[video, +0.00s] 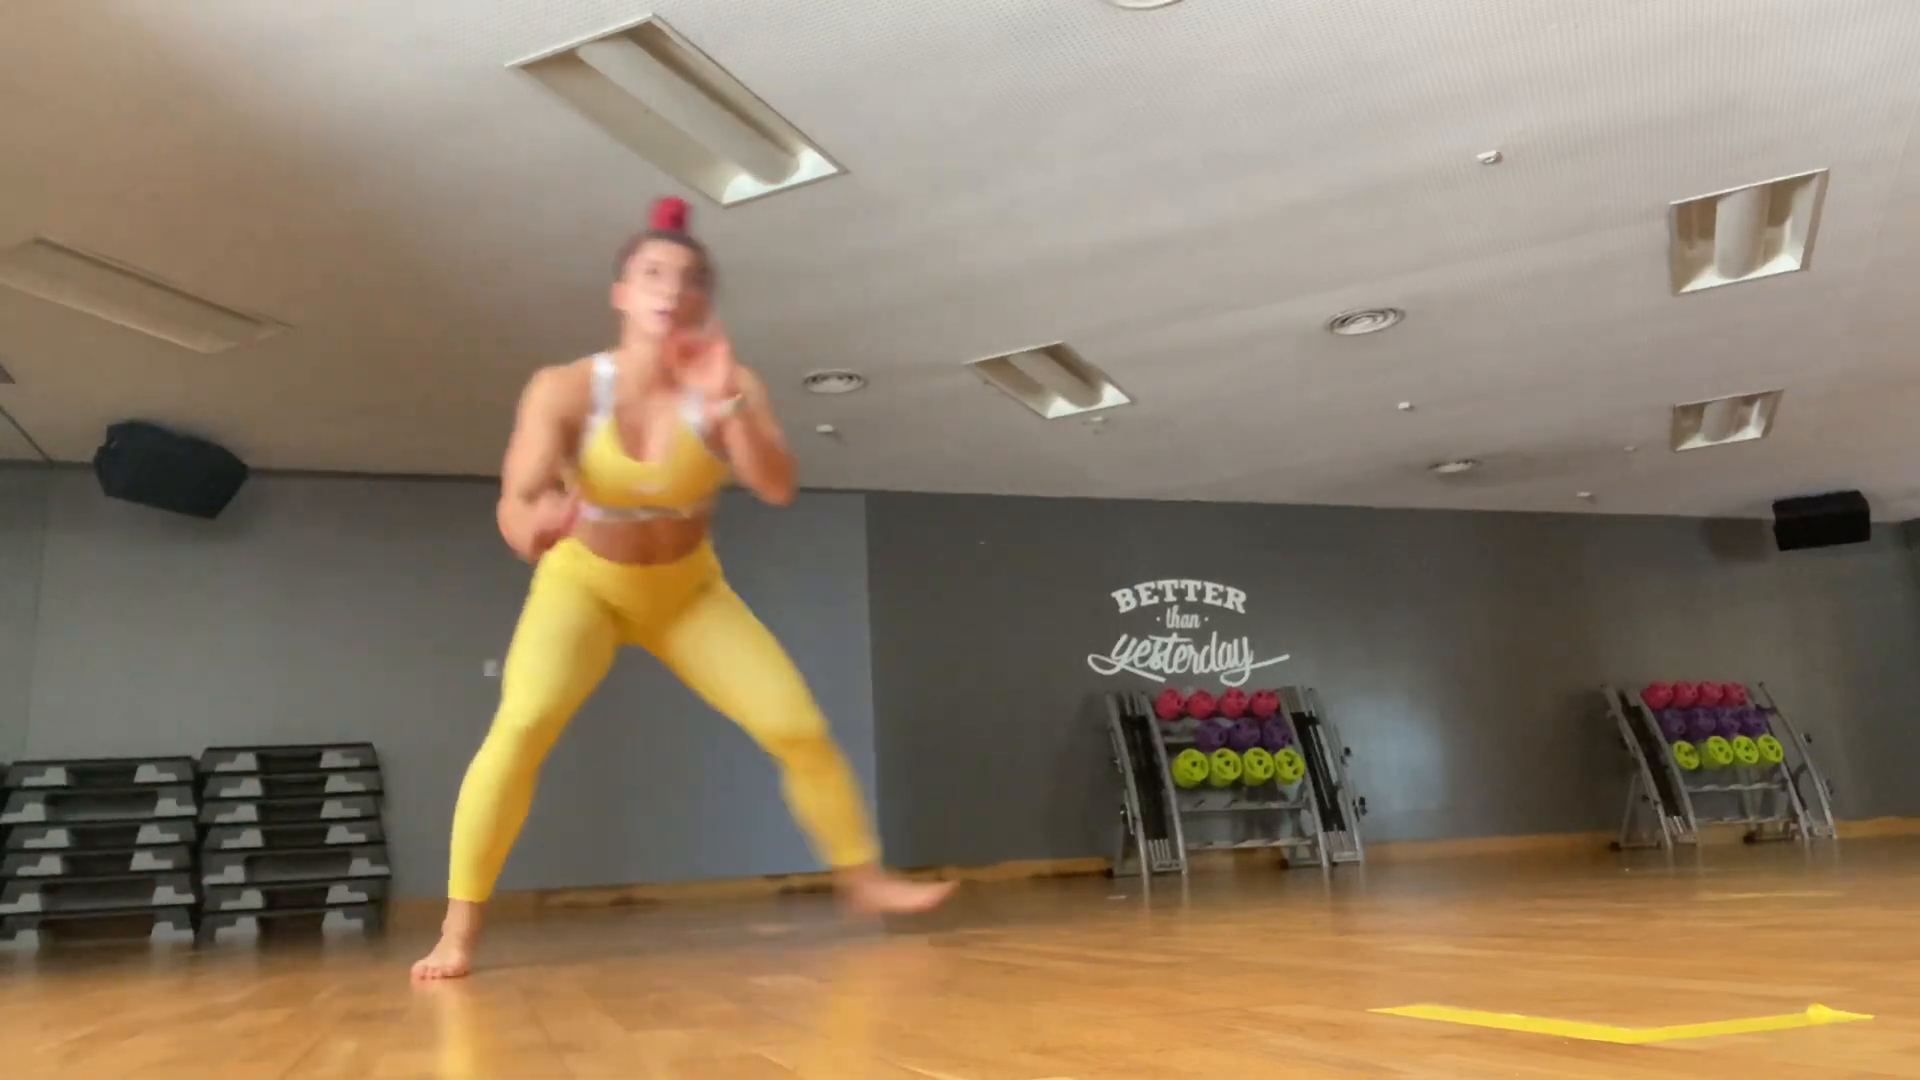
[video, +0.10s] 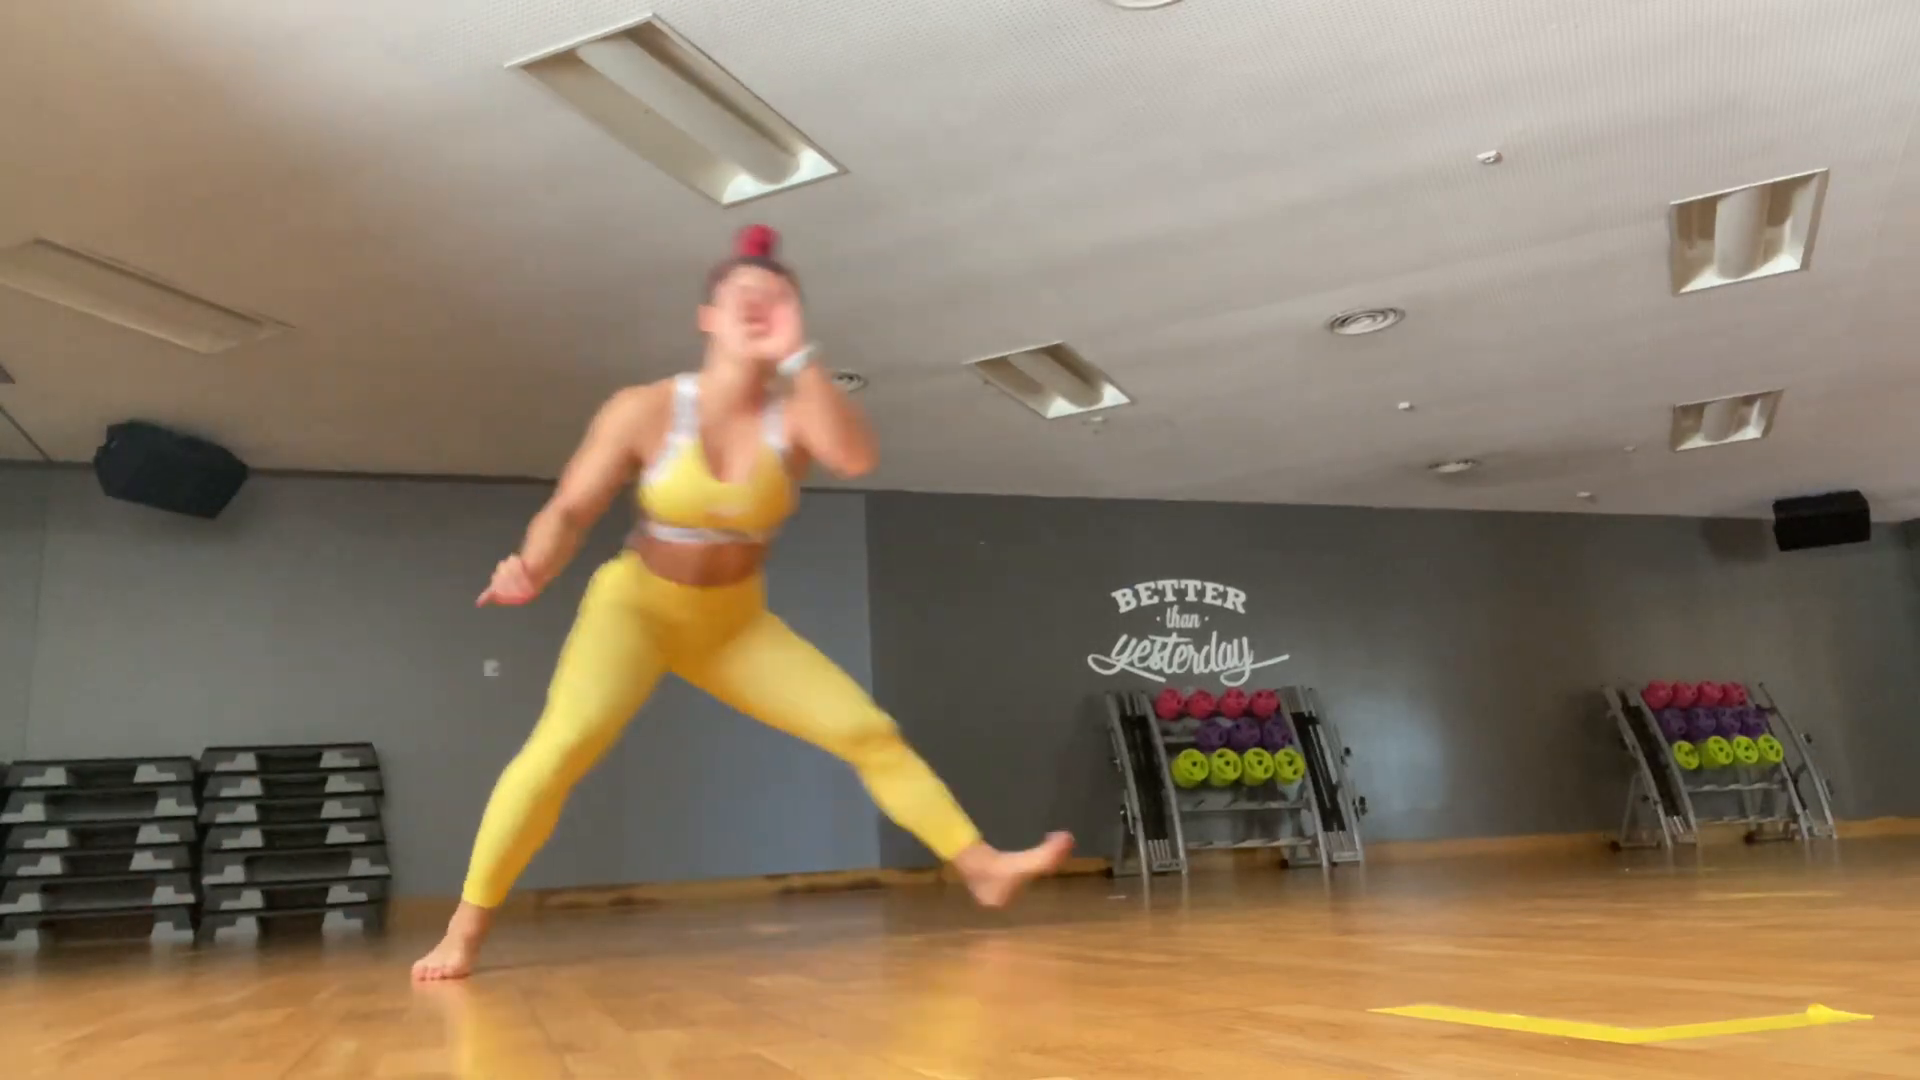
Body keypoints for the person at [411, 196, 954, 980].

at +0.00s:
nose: (670, 290)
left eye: (688, 278)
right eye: (653, 274)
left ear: (706, 305)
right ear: (620, 293)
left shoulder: (726, 386)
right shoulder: (563, 391)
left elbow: (778, 487)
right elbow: (516, 512)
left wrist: (728, 409)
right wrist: (537, 521)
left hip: (691, 591)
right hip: (583, 588)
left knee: (798, 727)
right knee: (522, 727)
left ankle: (862, 879)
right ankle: (459, 926)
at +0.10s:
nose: (766, 318)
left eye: (778, 305)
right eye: (749, 304)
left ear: (793, 324)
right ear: (709, 318)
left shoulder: (797, 408)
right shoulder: (643, 411)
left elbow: (853, 456)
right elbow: (570, 510)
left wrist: (800, 359)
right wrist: (532, 567)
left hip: (738, 624)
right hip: (637, 611)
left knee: (864, 728)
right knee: (562, 747)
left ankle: (983, 866)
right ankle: (466, 927)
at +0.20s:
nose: (893, 333)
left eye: (904, 320)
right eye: (876, 317)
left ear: (919, 340)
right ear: (841, 336)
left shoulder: (930, 425)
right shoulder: (784, 425)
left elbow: (1009, 462)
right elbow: (698, 496)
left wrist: (974, 371)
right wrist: (622, 533)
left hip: (861, 621)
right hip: (762, 609)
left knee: (974, 709)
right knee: (641, 751)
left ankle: (1030, 893)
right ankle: (505, 899)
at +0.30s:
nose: (954, 327)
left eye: (966, 316)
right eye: (938, 314)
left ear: (979, 337)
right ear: (904, 331)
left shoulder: (996, 426)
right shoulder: (849, 417)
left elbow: (1084, 495)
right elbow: (749, 476)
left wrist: (1120, 445)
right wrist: (679, 497)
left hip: (911, 606)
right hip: (817, 597)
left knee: (1008, 706)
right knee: (705, 749)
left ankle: (1030, 892)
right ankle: (588, 906)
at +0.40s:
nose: (1006, 313)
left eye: (1017, 301)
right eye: (989, 299)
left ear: (1029, 321)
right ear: (955, 318)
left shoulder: (1037, 416)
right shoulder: (907, 390)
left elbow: (1098, 499)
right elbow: (796, 435)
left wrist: (1174, 543)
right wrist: (811, 392)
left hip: (954, 590)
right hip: (866, 578)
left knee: (1026, 713)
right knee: (806, 740)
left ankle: (1032, 892)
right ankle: (762, 881)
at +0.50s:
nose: (1017, 303)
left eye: (1027, 293)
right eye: (1000, 291)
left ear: (1037, 315)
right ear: (967, 309)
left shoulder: (1042, 408)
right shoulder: (930, 376)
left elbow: (1067, 490)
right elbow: (856, 395)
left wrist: (1124, 543)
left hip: (976, 584)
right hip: (891, 579)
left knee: (1032, 711)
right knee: (867, 729)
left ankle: (1038, 890)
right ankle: (855, 865)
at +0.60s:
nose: (1015, 306)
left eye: (1023, 296)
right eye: (998, 294)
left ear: (1035, 312)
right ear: (968, 310)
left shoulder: (1042, 404)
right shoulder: (929, 381)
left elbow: (1040, 481)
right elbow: (935, 372)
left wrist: (1078, 531)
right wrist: (1013, 316)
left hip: (995, 581)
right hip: (911, 582)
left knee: (1037, 714)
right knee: (916, 728)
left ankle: (1058, 887)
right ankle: (933, 851)